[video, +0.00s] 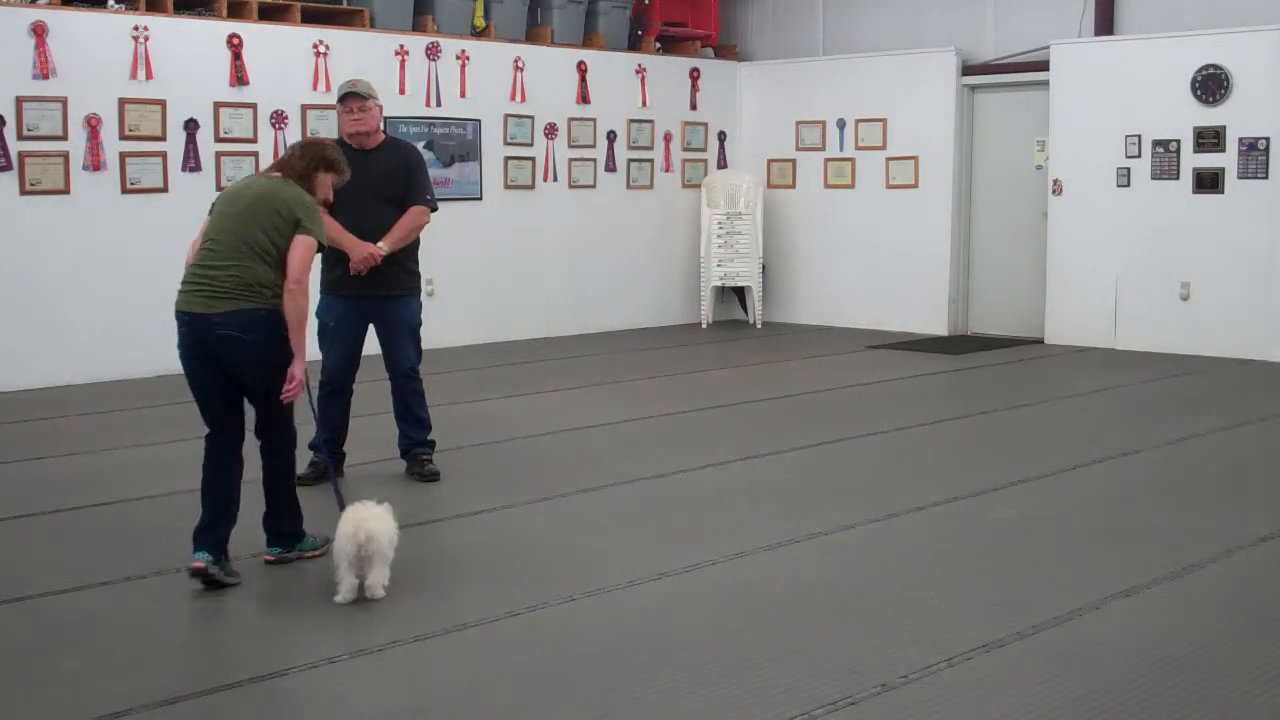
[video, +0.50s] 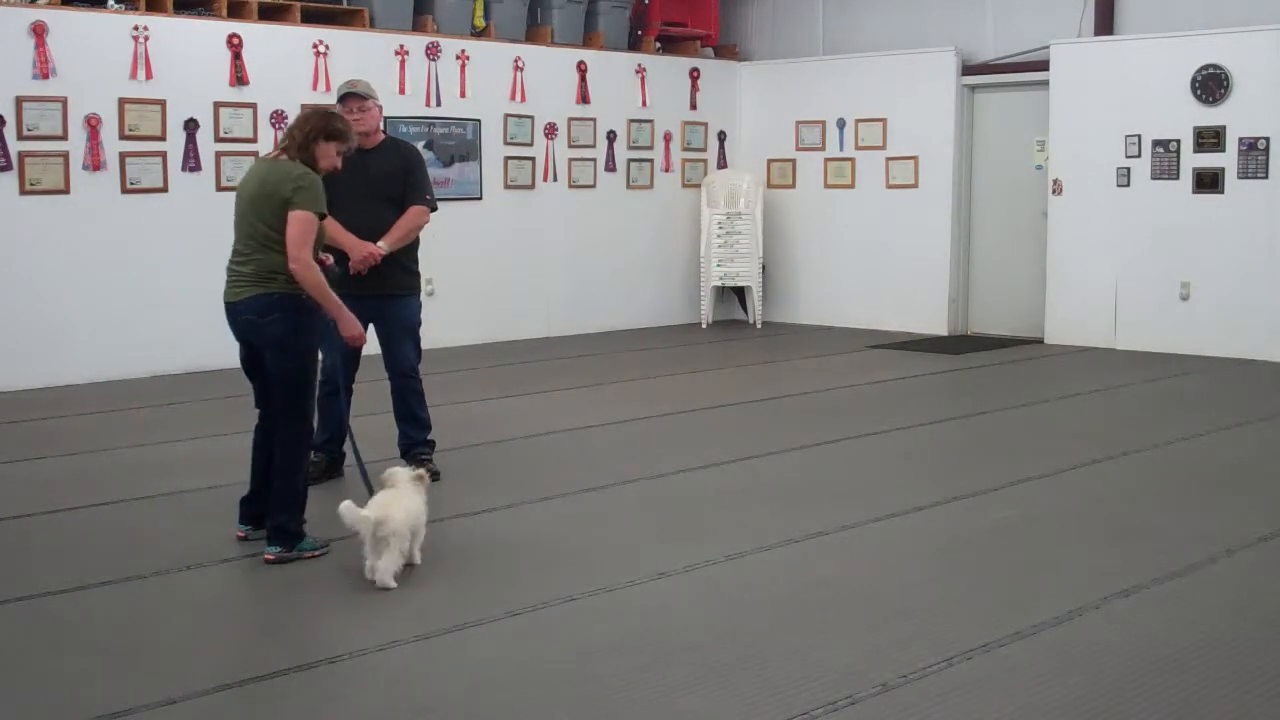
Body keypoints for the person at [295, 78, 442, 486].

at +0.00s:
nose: (357, 117)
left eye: (364, 109)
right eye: (349, 112)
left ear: (380, 113)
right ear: (338, 120)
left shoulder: (406, 155)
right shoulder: (328, 158)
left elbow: (421, 213)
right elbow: (312, 214)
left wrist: (378, 250)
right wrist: (354, 246)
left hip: (397, 288)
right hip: (342, 289)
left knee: (406, 372)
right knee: (335, 376)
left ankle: (418, 450)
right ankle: (326, 454)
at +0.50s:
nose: (358, 116)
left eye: (364, 108)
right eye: (350, 111)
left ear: (380, 112)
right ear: (340, 118)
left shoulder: (405, 154)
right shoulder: (328, 159)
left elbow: (420, 212)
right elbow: (314, 213)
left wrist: (377, 249)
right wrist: (352, 245)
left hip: (396, 287)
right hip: (343, 287)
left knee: (405, 371)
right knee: (334, 374)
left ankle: (418, 452)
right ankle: (327, 453)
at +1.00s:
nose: (361, 116)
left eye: (366, 109)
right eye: (353, 111)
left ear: (380, 112)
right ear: (341, 118)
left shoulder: (405, 154)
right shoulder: (327, 160)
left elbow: (421, 210)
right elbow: (313, 212)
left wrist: (375, 250)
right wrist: (351, 244)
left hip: (397, 285)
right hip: (342, 286)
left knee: (406, 372)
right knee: (336, 377)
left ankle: (415, 454)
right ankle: (329, 458)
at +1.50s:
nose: (360, 116)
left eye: (366, 109)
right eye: (352, 111)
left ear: (380, 111)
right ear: (341, 116)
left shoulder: (405, 154)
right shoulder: (328, 159)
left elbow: (420, 211)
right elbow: (314, 218)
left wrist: (376, 250)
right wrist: (348, 243)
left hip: (396, 285)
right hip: (341, 286)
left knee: (406, 371)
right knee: (336, 378)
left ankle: (418, 450)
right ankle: (329, 456)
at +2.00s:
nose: (359, 115)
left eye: (365, 108)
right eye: (352, 110)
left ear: (380, 112)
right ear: (340, 117)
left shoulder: (405, 154)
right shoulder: (325, 160)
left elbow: (421, 210)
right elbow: (313, 219)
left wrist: (379, 249)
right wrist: (347, 245)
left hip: (397, 282)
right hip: (343, 282)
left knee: (406, 370)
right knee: (336, 376)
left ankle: (418, 450)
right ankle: (330, 456)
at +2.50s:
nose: (358, 117)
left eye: (364, 109)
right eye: (350, 112)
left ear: (379, 112)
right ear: (338, 118)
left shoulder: (404, 153)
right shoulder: (324, 160)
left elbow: (420, 210)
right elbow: (311, 214)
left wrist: (377, 250)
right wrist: (349, 245)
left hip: (396, 283)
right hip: (342, 283)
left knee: (406, 371)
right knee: (335, 376)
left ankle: (418, 450)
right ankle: (330, 455)